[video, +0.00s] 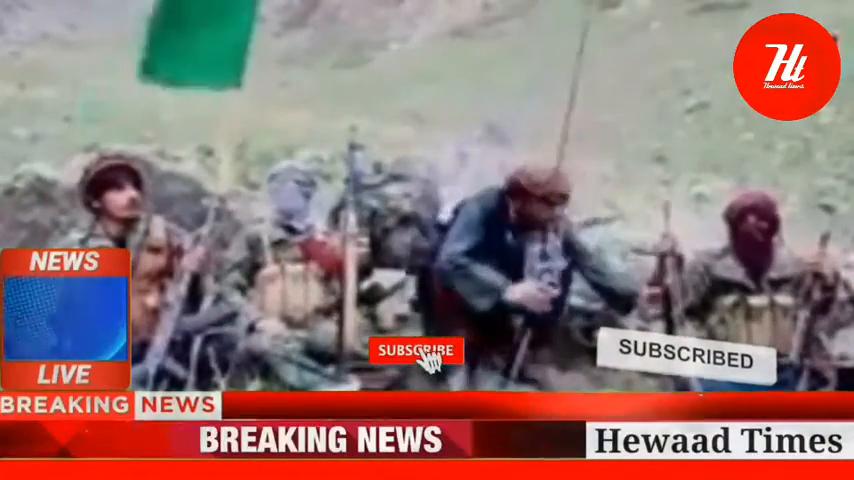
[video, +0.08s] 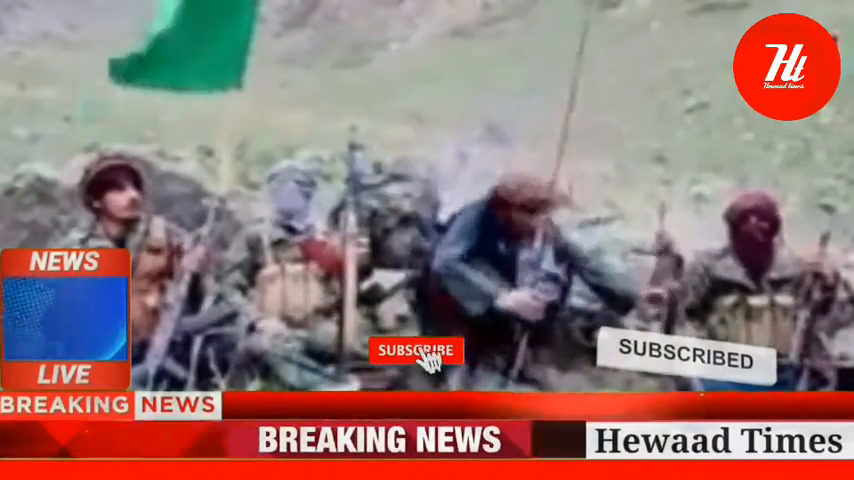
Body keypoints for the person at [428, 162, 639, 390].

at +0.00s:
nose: (555, 214)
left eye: (560, 206)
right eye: (549, 204)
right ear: (523, 199)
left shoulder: (554, 226)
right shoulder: (481, 209)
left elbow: (587, 261)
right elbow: (450, 262)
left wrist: (629, 299)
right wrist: (508, 291)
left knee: (559, 272)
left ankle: (533, 357)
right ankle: (460, 365)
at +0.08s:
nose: (537, 222)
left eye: (541, 214)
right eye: (530, 214)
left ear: (543, 211)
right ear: (509, 208)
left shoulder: (540, 228)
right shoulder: (476, 218)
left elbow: (581, 261)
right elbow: (444, 263)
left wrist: (631, 297)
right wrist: (502, 297)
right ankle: (456, 367)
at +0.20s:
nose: (514, 217)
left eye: (519, 210)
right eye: (507, 209)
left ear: (525, 208)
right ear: (487, 206)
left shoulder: (528, 232)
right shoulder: (463, 221)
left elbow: (566, 268)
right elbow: (441, 251)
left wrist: (617, 294)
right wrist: (492, 277)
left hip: (509, 307)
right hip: (463, 303)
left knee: (547, 291)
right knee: (438, 282)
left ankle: (521, 361)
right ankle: (456, 363)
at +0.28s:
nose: (505, 215)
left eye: (510, 206)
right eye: (497, 206)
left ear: (516, 204)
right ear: (475, 203)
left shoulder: (523, 229)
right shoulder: (457, 219)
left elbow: (558, 264)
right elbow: (437, 243)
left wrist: (609, 295)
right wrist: (484, 259)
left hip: (512, 301)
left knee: (551, 288)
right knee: (434, 280)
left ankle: (526, 358)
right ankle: (454, 366)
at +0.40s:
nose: (503, 210)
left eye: (507, 202)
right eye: (495, 202)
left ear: (512, 201)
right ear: (472, 200)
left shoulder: (518, 230)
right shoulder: (448, 223)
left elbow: (557, 264)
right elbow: (427, 239)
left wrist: (606, 297)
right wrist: (478, 248)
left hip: (508, 315)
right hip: (462, 315)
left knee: (549, 288)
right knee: (438, 271)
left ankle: (531, 360)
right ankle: (452, 366)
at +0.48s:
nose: (506, 213)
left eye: (511, 205)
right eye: (498, 204)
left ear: (517, 204)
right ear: (476, 201)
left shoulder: (521, 232)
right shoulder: (449, 222)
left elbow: (559, 262)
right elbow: (426, 241)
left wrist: (610, 294)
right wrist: (475, 250)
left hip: (503, 314)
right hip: (458, 313)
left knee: (551, 282)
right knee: (442, 274)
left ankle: (526, 359)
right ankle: (451, 365)